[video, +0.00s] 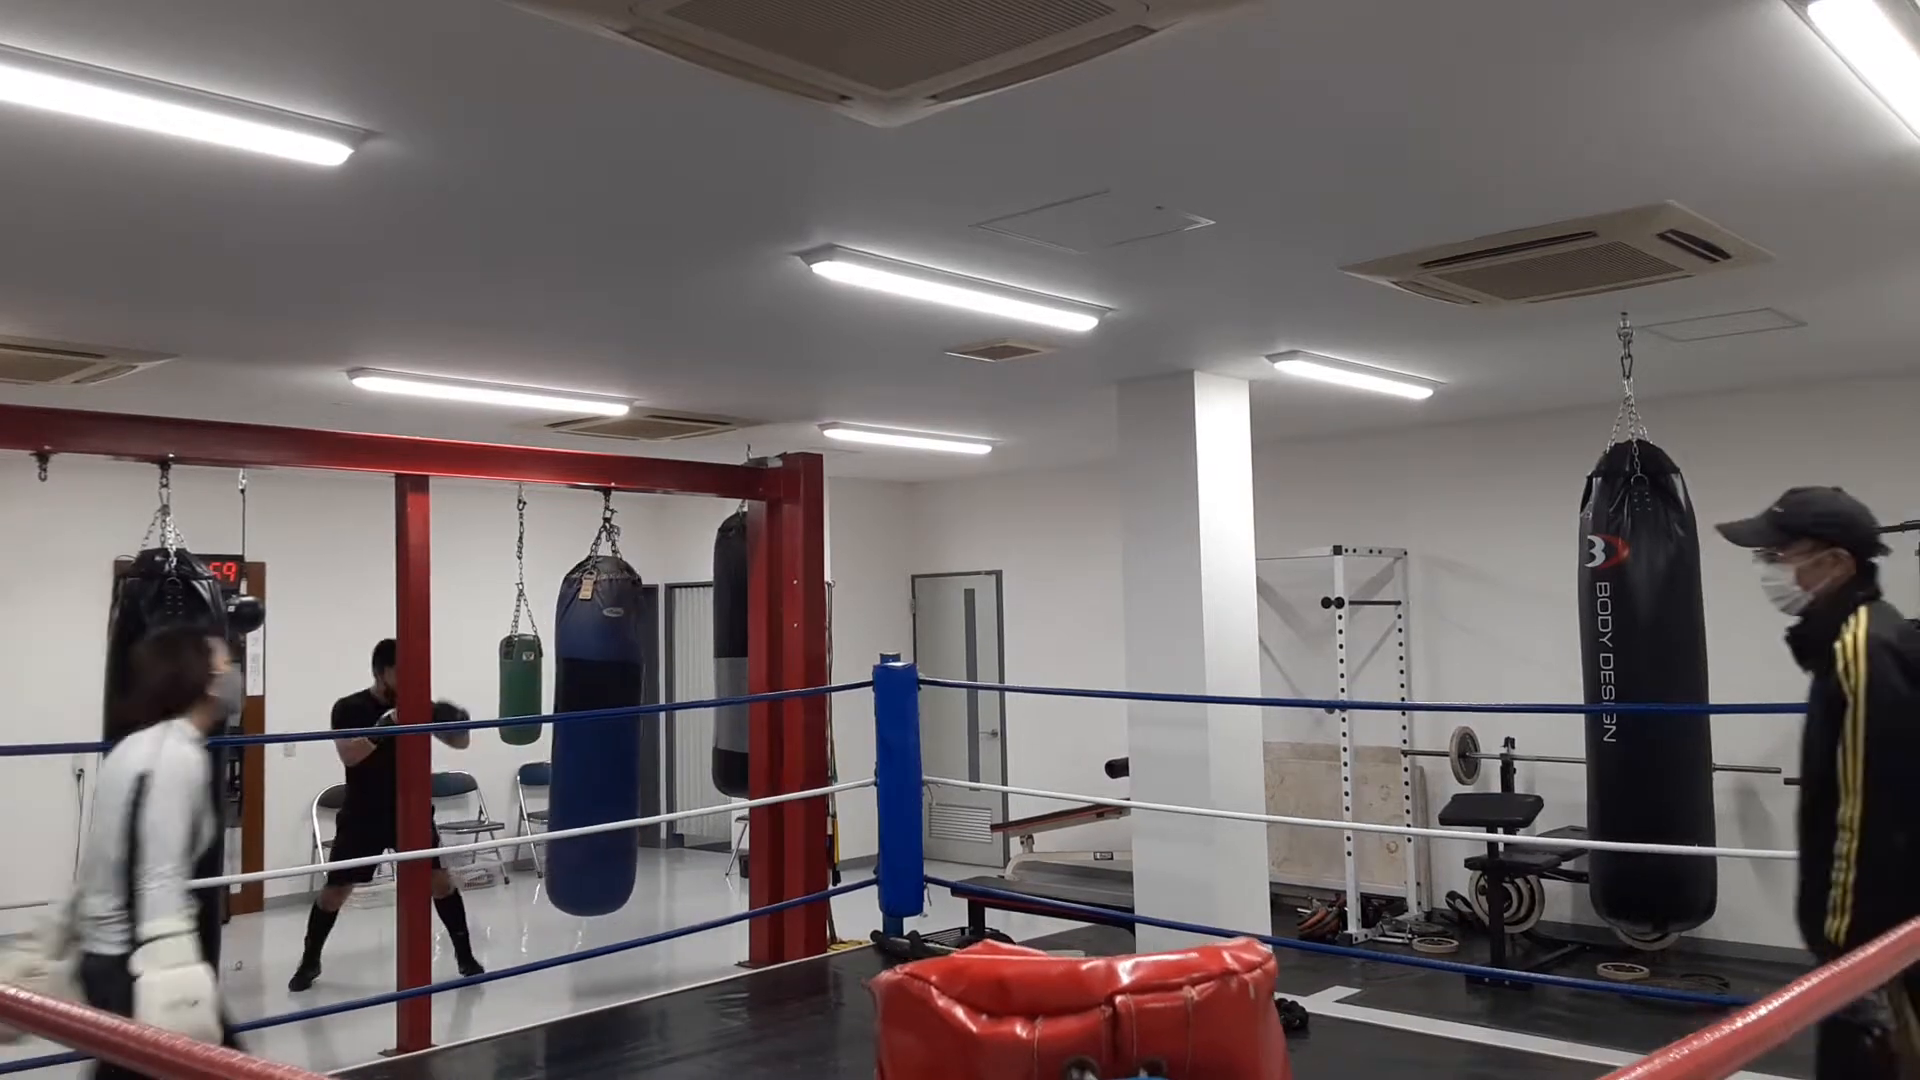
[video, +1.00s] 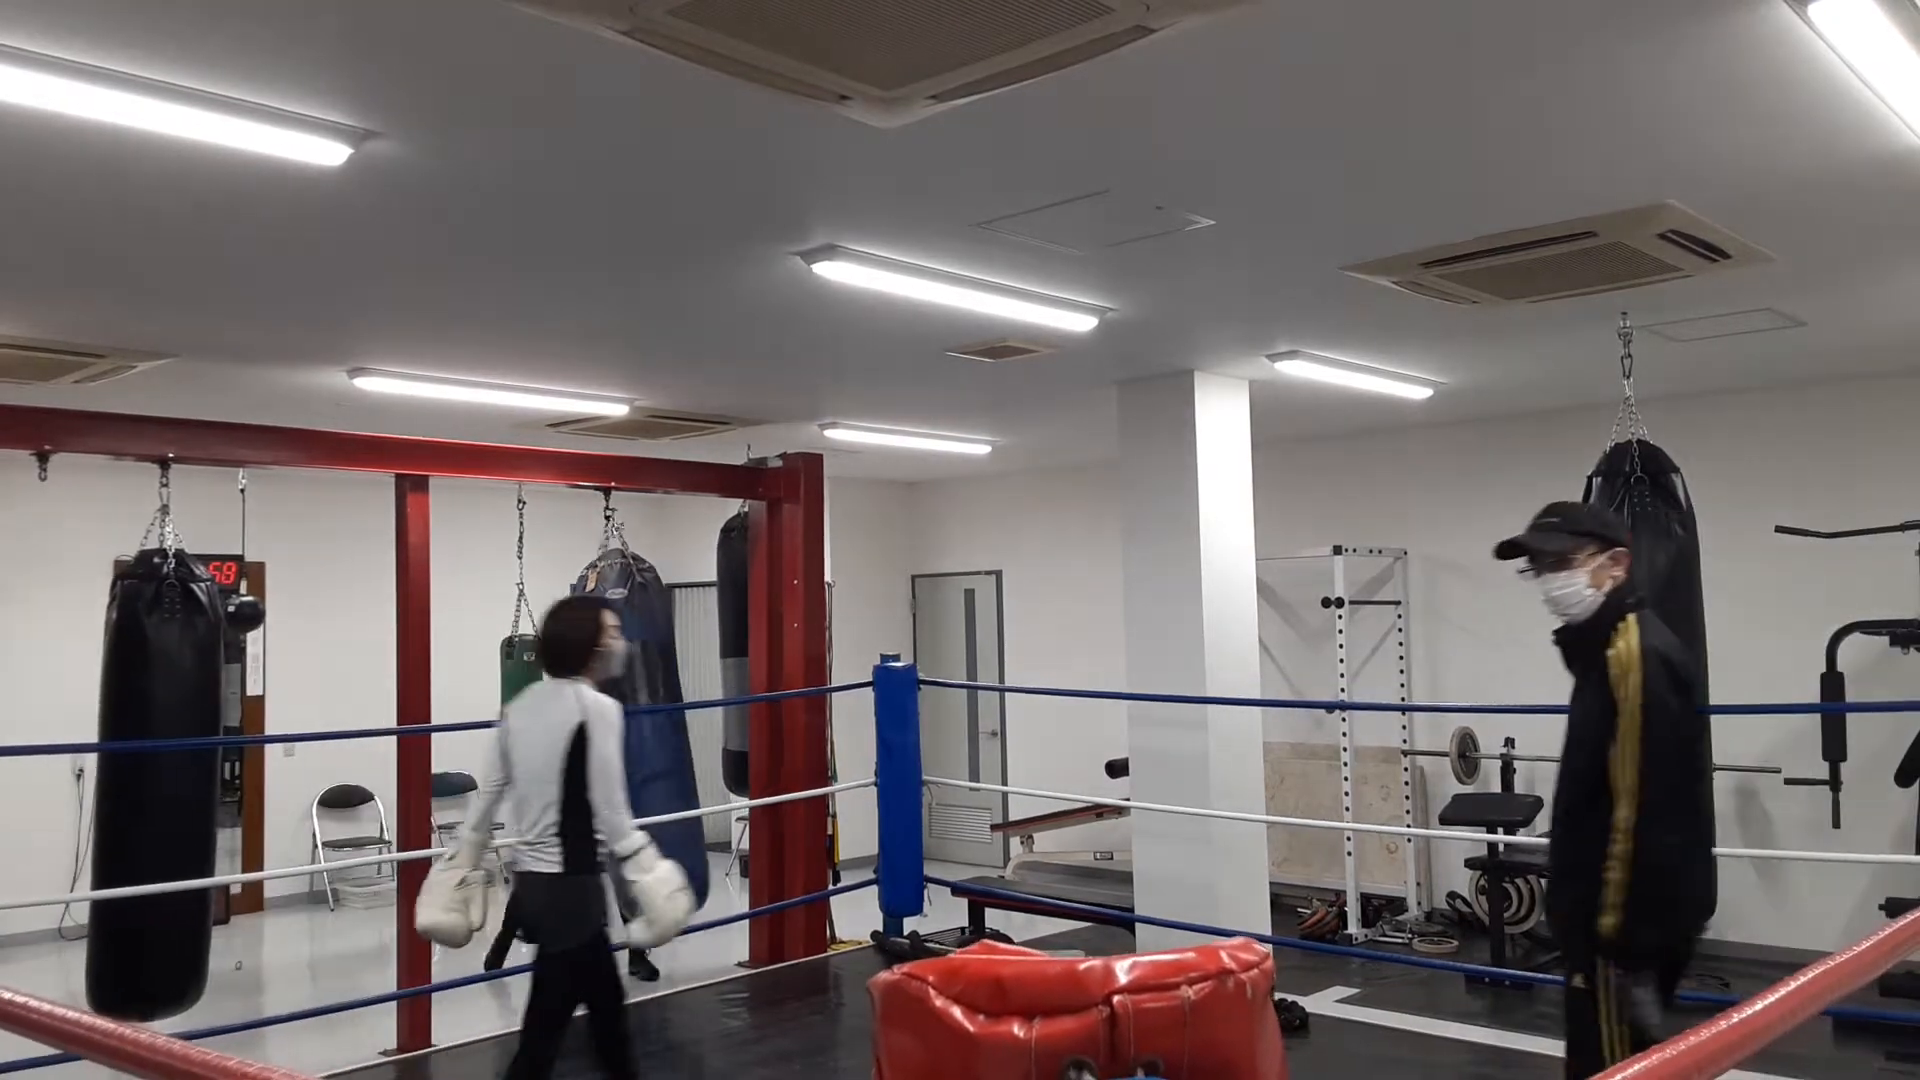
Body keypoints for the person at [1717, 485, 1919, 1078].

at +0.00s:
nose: (1769, 573)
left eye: (1780, 557)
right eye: (1769, 559)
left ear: (1835, 565)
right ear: (1831, 567)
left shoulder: (1861, 646)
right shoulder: (1860, 636)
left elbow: (1863, 810)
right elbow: (1852, 807)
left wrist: (1843, 955)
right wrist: (1839, 944)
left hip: (1871, 960)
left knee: (1858, 1068)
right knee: (1854, 1066)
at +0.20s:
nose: (1732, 576)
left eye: (1745, 559)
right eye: (1728, 563)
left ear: (1800, 559)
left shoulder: (1835, 650)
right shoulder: (1798, 645)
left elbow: (1832, 809)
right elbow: (1797, 797)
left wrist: (1801, 951)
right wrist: (1775, 931)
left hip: (1827, 946)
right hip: (1795, 935)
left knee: (1813, 1067)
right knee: (1789, 1064)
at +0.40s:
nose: (1696, 582)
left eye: (1712, 565)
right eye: (1686, 569)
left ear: (1764, 560)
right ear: (1677, 573)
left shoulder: (1810, 651)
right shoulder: (1736, 651)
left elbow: (1822, 813)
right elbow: (1742, 791)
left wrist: (1774, 943)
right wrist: (1717, 903)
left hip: (1791, 941)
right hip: (1738, 925)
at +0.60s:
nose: (1654, 590)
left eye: (1668, 571)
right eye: (1642, 577)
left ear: (1715, 566)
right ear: (1632, 581)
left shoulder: (1761, 657)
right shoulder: (1685, 656)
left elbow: (1787, 815)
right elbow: (1684, 791)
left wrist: (1765, 961)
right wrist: (1647, 877)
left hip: (1753, 935)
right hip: (1703, 922)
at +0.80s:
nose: (1600, 586)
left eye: (1617, 568)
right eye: (1591, 572)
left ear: (1666, 570)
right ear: (1582, 575)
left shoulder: (1696, 658)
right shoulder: (1641, 657)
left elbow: (1721, 812)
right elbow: (1642, 802)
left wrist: (1724, 961)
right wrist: (1624, 932)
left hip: (1672, 944)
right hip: (1640, 937)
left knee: (1652, 1073)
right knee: (1635, 1069)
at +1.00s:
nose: (1549, 583)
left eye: (1562, 565)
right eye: (1543, 570)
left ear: (1614, 567)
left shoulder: (1637, 652)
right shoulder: (1608, 648)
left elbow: (1639, 805)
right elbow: (1610, 801)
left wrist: (1621, 949)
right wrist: (1585, 931)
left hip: (1622, 940)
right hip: (1600, 934)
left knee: (1614, 1069)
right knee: (1597, 1065)